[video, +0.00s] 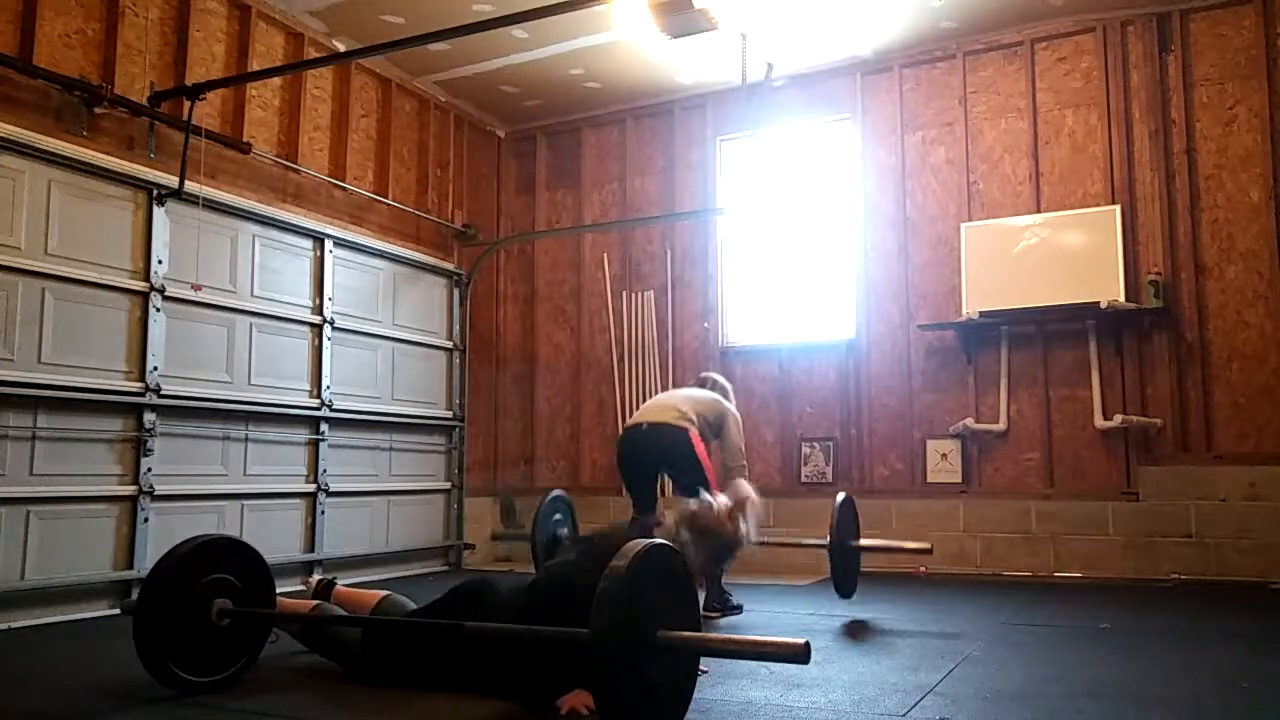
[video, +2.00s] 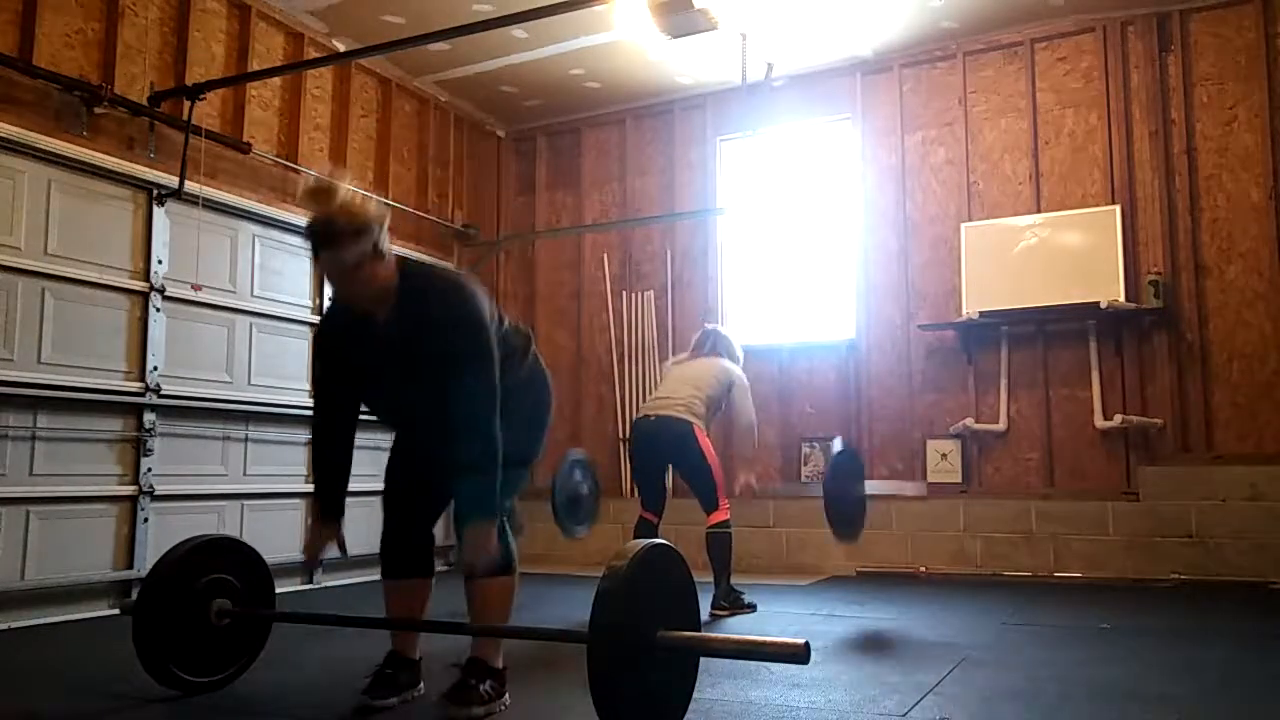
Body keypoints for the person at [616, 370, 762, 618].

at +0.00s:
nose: (730, 406)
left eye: (729, 401)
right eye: (729, 401)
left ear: (696, 388)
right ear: (723, 396)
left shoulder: (670, 397)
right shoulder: (724, 408)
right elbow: (735, 469)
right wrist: (744, 514)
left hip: (633, 436)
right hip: (678, 435)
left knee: (644, 515)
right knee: (706, 513)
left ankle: (629, 590)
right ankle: (715, 595)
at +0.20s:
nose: (728, 362)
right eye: (728, 357)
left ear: (692, 351)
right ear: (723, 355)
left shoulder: (669, 365)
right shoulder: (726, 371)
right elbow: (737, 432)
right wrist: (735, 474)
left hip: (637, 421)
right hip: (679, 421)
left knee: (644, 510)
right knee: (705, 507)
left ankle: (642, 593)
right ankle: (714, 594)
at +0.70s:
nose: (723, 329)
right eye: (721, 322)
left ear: (683, 322)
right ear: (716, 323)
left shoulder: (663, 347)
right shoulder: (723, 347)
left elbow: (631, 386)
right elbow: (738, 388)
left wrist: (637, 418)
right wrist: (739, 432)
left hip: (643, 422)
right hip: (683, 423)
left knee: (645, 508)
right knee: (711, 506)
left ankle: (634, 593)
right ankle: (724, 592)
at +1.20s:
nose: (725, 335)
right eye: (724, 330)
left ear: (686, 328)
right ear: (718, 330)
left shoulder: (668, 352)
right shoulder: (725, 355)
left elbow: (660, 396)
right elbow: (740, 410)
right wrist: (742, 455)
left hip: (645, 423)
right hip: (685, 424)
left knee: (652, 508)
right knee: (714, 508)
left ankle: (629, 585)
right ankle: (723, 591)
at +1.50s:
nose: (727, 342)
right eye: (727, 337)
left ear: (692, 331)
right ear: (721, 333)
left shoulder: (669, 351)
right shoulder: (729, 349)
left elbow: (636, 391)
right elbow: (745, 381)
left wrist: (643, 426)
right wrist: (745, 429)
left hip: (646, 425)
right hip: (686, 425)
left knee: (653, 506)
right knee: (715, 508)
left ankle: (632, 587)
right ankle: (723, 592)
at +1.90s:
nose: (733, 346)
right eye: (733, 342)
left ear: (698, 335)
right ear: (727, 338)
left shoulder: (675, 353)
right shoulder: (732, 354)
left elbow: (639, 392)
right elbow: (746, 386)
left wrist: (646, 428)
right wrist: (744, 431)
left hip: (646, 422)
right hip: (685, 423)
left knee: (652, 506)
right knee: (713, 508)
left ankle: (632, 587)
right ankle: (723, 591)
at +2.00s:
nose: (737, 361)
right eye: (736, 356)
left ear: (698, 347)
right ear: (729, 353)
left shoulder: (675, 363)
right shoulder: (732, 370)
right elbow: (746, 421)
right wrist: (746, 468)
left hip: (643, 428)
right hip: (683, 430)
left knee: (650, 509)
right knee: (716, 509)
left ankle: (634, 587)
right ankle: (723, 592)